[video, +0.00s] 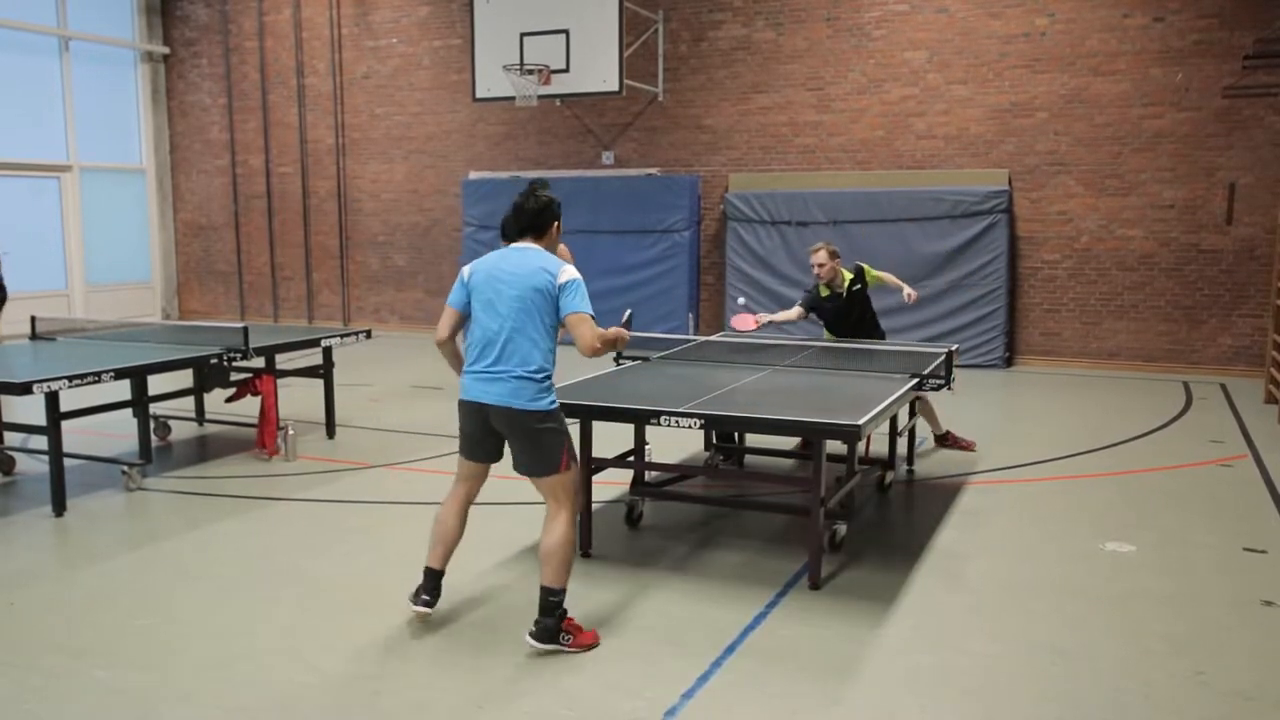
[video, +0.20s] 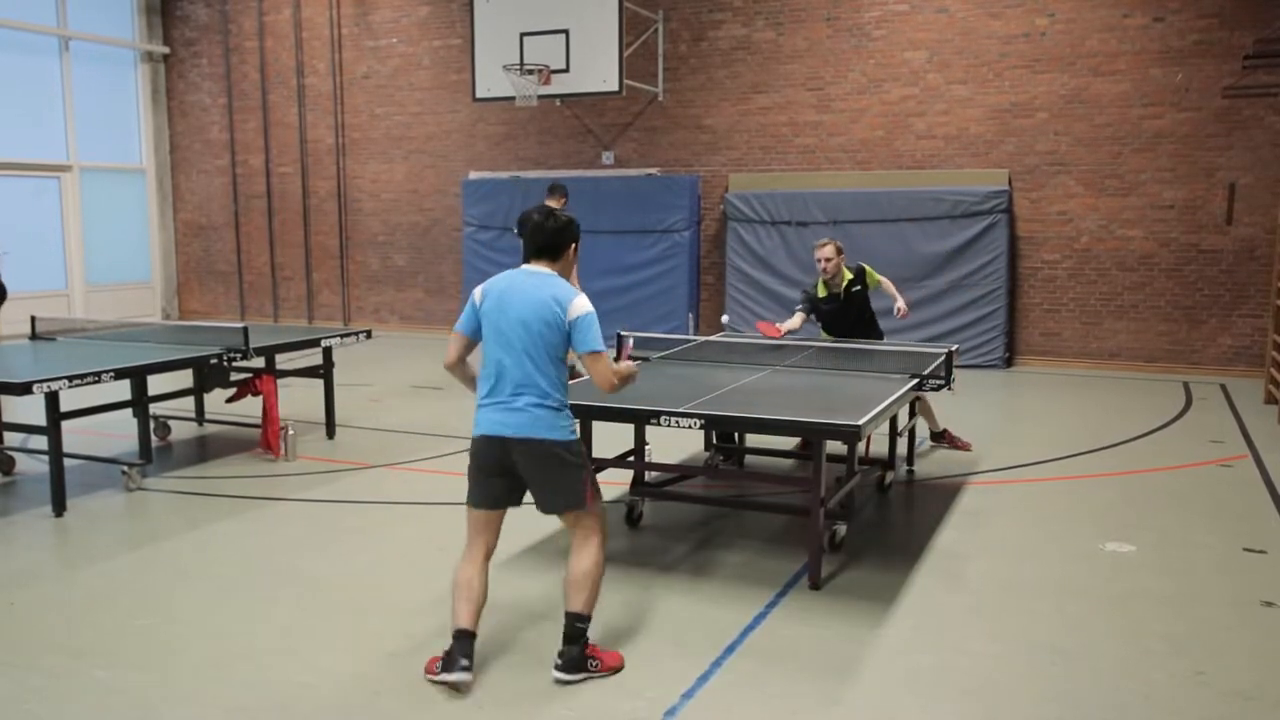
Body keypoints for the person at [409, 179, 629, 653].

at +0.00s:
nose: (562, 233)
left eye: (560, 228)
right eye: (560, 227)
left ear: (512, 227)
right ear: (552, 228)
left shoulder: (477, 267)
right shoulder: (559, 270)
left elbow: (444, 337)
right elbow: (588, 344)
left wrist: (467, 375)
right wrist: (614, 337)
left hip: (474, 399)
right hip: (529, 405)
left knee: (462, 489)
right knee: (561, 502)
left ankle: (428, 586)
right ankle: (550, 620)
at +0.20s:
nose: (579, 255)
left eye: (577, 247)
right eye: (578, 248)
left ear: (526, 247)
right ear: (569, 250)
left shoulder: (488, 290)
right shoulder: (570, 298)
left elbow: (453, 359)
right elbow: (606, 381)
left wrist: (488, 389)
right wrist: (626, 370)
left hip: (489, 437)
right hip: (548, 439)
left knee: (477, 546)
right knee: (587, 532)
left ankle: (460, 656)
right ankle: (574, 652)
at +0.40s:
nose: (611, 285)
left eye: (610, 279)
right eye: (611, 280)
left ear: (562, 275)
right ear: (602, 279)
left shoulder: (521, 311)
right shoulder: (610, 323)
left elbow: (468, 369)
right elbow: (674, 378)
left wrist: (489, 408)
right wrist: (644, 359)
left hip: (521, 459)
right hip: (586, 455)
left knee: (489, 556)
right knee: (649, 495)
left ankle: (461, 665)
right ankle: (669, 605)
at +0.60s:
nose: (690, 294)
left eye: (683, 287)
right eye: (688, 288)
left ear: (645, 286)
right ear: (683, 290)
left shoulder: (611, 311)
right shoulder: (696, 328)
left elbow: (544, 342)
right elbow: (763, 360)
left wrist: (514, 395)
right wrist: (719, 343)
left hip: (599, 449)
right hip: (662, 452)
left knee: (542, 542)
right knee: (711, 495)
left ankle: (485, 633)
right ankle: (734, 587)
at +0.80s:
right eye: (725, 293)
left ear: (683, 293)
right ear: (724, 295)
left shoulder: (666, 311)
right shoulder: (745, 334)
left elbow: (621, 345)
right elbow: (791, 376)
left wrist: (581, 406)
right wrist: (758, 353)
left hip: (650, 442)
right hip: (710, 446)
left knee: (596, 526)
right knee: (737, 489)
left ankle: (549, 627)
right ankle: (736, 585)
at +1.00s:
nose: (681, 258)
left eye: (682, 251)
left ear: (683, 253)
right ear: (727, 256)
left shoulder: (663, 277)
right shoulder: (744, 298)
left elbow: (637, 326)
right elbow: (784, 374)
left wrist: (614, 397)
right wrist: (757, 364)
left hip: (657, 409)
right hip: (716, 413)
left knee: (615, 506)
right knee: (738, 490)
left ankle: (589, 617)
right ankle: (742, 582)